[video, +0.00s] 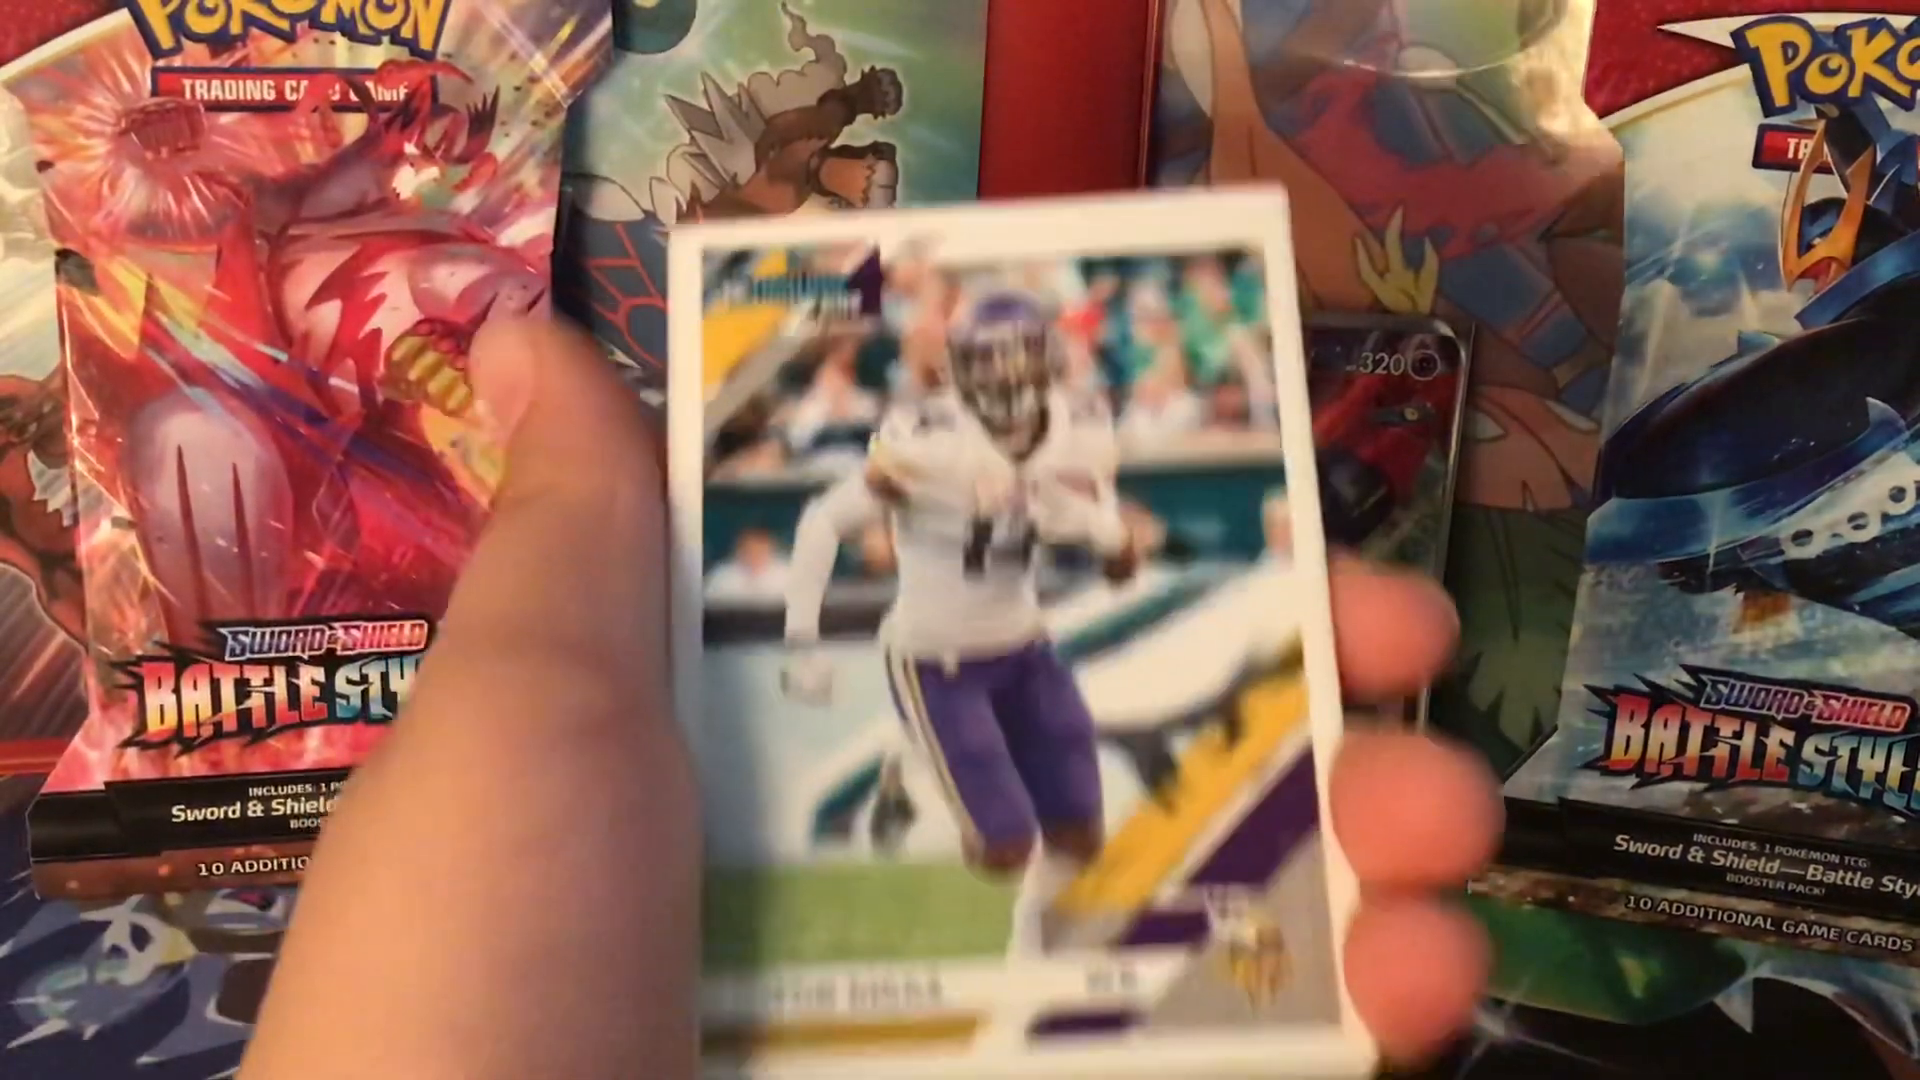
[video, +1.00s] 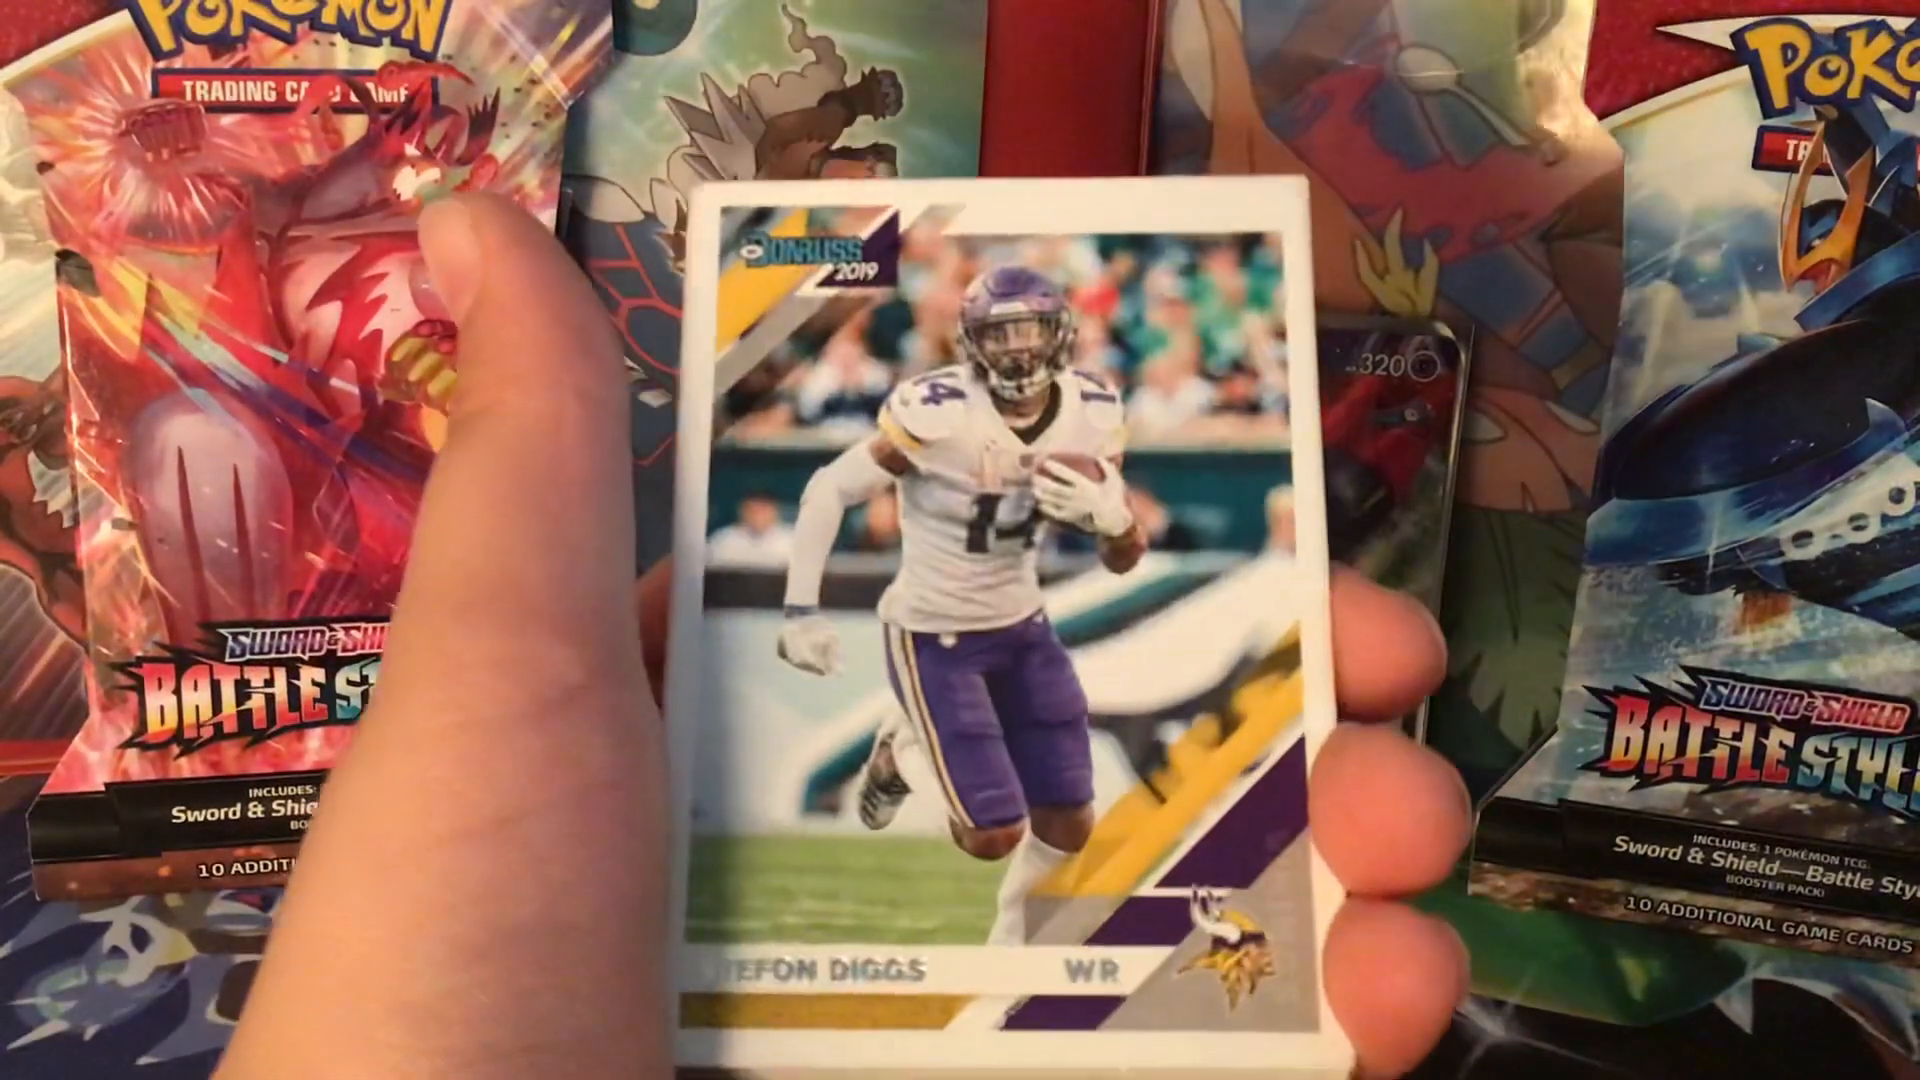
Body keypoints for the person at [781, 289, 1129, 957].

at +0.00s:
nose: (1004, 375)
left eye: (1019, 357)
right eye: (986, 360)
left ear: (1044, 361)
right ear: (959, 368)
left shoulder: (1073, 434)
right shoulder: (918, 442)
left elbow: (1121, 552)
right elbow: (823, 522)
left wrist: (1086, 522)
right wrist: (802, 638)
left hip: (1022, 648)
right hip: (934, 661)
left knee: (1077, 835)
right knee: (1006, 853)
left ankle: (1027, 1003)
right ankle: (906, 777)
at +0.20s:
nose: (1001, 435)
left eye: (1015, 419)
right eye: (985, 422)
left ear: (1042, 423)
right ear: (962, 431)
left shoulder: (1078, 492)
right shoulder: (922, 498)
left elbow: (1109, 632)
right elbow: (829, 571)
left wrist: (1099, 595)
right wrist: (809, 685)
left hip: (1014, 697)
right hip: (930, 705)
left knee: (1062, 884)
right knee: (994, 894)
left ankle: (1003, 1034)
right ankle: (904, 813)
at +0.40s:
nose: (987, 428)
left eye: (1001, 411)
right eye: (970, 415)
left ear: (1028, 415)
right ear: (946, 424)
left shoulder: (1064, 484)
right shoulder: (905, 491)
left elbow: (1095, 627)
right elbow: (812, 567)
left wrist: (1086, 589)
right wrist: (791, 683)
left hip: (1000, 694)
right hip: (915, 703)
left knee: (1049, 882)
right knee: (980, 894)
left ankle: (988, 1030)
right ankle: (886, 812)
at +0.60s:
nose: (1031, 303)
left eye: (1045, 285)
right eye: (1013, 290)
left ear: (1072, 289)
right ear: (988, 302)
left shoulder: (1112, 361)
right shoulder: (947, 371)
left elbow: (1146, 510)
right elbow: (849, 453)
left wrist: (1131, 465)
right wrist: (829, 575)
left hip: (1049, 580)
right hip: (960, 592)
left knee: (1104, 777)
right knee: (1031, 792)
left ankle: (1043, 943)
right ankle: (931, 705)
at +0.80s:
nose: (1017, 309)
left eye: (1031, 292)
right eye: (998, 295)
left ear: (1058, 297)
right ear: (971, 307)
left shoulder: (1096, 370)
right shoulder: (929, 378)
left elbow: (1129, 522)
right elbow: (830, 460)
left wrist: (1117, 477)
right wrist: (807, 585)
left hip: (1030, 591)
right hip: (940, 604)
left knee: (1080, 792)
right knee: (1005, 806)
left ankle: (1015, 953)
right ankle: (907, 717)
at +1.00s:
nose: (1017, 347)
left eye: (1031, 331)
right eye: (999, 333)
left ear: (1059, 336)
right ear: (973, 344)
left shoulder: (1094, 408)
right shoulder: (927, 412)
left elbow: (1123, 562)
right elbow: (827, 488)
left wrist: (1116, 520)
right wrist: (802, 609)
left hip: (1022, 626)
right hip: (932, 634)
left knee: (1068, 824)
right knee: (995, 838)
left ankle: (1000, 966)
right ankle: (898, 749)